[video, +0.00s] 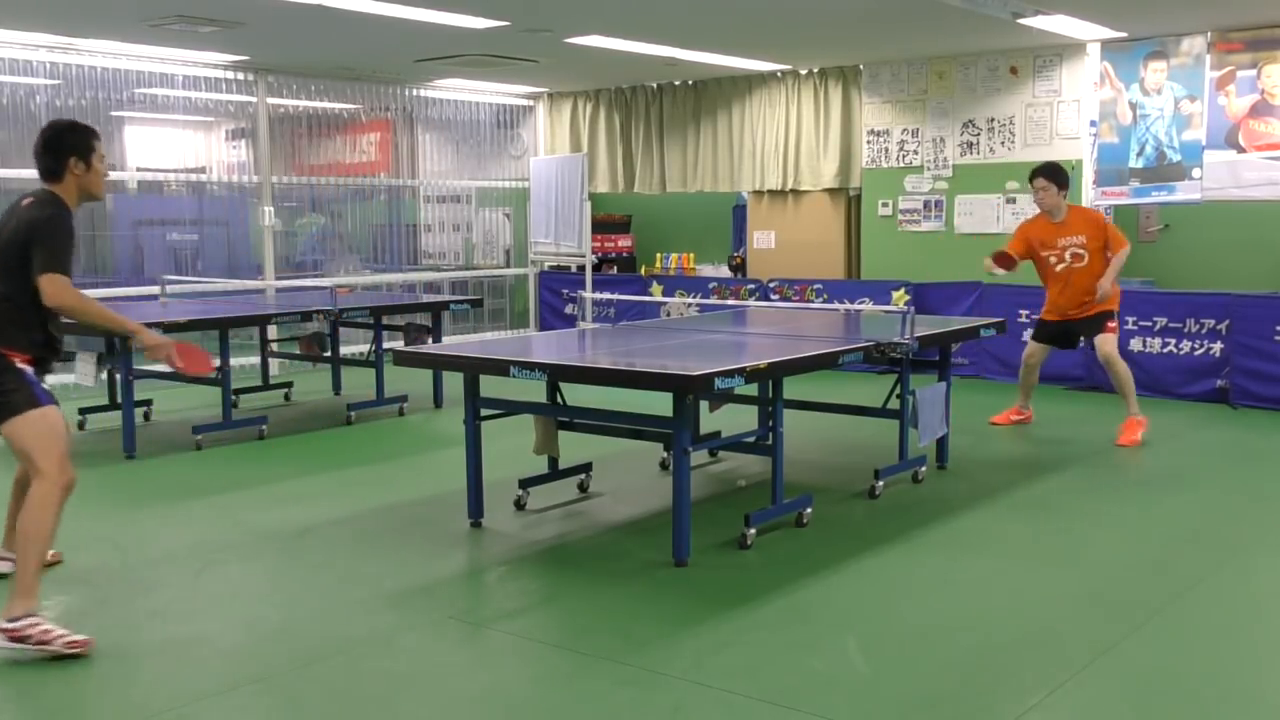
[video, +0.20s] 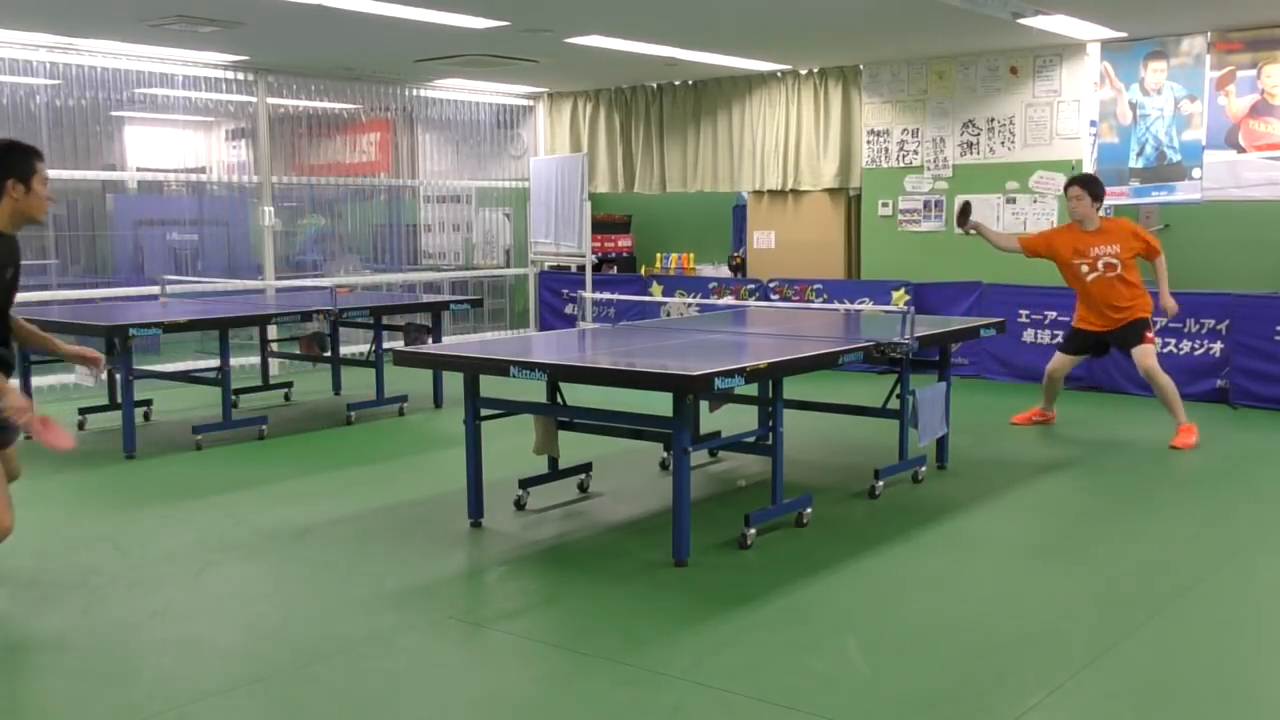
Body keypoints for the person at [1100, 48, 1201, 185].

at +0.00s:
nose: (1158, 76)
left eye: (1162, 71)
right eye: (1154, 71)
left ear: (1167, 72)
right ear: (1143, 72)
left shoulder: (1173, 89)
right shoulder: (1135, 90)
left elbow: (1198, 105)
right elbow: (1125, 120)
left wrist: (1191, 106)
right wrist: (1120, 94)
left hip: (1171, 161)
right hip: (1141, 163)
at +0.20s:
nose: (1158, 76)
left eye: (1162, 71)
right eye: (1154, 71)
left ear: (1167, 72)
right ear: (1143, 72)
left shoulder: (1173, 89)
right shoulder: (1135, 90)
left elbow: (1199, 105)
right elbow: (1125, 120)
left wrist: (1191, 106)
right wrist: (1121, 94)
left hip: (1171, 161)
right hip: (1141, 163)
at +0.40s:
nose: (1158, 76)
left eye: (1162, 71)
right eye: (1154, 71)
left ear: (1167, 72)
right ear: (1143, 72)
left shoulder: (1173, 89)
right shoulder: (1134, 90)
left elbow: (1199, 105)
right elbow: (1125, 120)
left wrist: (1191, 106)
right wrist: (1120, 94)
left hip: (1171, 161)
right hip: (1141, 163)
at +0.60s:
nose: (1158, 76)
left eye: (1162, 71)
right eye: (1154, 71)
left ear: (1167, 72)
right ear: (1143, 72)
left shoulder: (1173, 89)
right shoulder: (1135, 90)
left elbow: (1198, 105)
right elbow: (1125, 120)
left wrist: (1191, 106)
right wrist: (1120, 94)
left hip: (1171, 161)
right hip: (1141, 163)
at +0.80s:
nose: (1158, 77)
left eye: (1162, 71)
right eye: (1154, 71)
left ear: (1167, 72)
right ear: (1143, 71)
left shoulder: (1172, 89)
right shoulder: (1134, 91)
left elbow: (1198, 105)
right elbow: (1125, 120)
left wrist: (1191, 106)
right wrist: (1120, 94)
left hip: (1171, 160)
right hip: (1141, 163)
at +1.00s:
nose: (1158, 76)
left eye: (1162, 71)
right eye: (1153, 71)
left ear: (1167, 72)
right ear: (1143, 71)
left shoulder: (1172, 89)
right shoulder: (1134, 90)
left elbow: (1198, 105)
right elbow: (1124, 120)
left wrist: (1190, 106)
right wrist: (1120, 94)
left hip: (1171, 160)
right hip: (1141, 163)